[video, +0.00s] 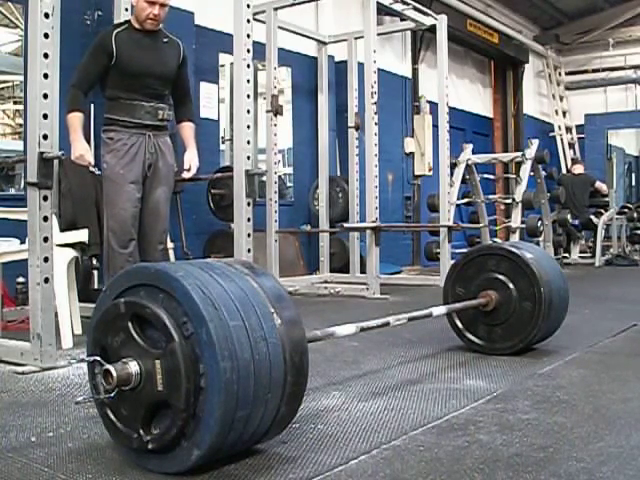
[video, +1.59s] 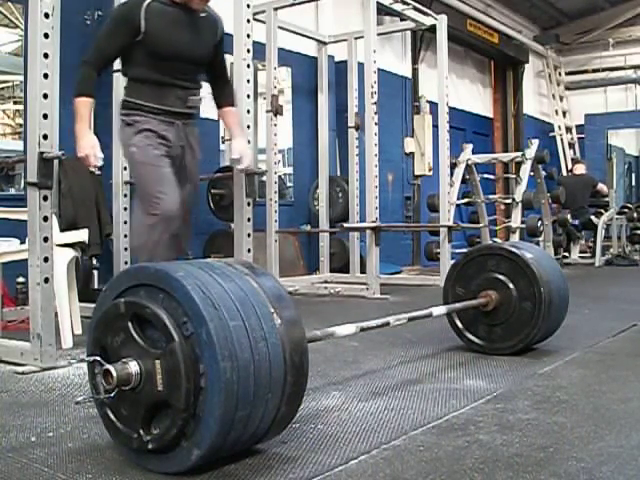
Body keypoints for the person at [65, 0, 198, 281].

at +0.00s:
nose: (156, 11)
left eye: (162, 6)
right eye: (149, 4)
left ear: (167, 9)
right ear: (134, 3)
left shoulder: (175, 48)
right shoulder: (112, 39)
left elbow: (183, 103)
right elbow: (77, 91)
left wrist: (191, 148)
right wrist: (77, 141)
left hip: (162, 143)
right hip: (122, 141)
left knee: (157, 232)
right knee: (122, 230)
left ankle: (159, 305)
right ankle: (121, 306)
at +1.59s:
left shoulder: (211, 23)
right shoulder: (136, 11)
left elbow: (220, 80)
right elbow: (90, 67)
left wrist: (238, 136)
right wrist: (83, 133)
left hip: (186, 128)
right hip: (143, 123)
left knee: (181, 217)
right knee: (166, 207)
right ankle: (144, 294)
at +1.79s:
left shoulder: (238, 17)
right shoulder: (160, 8)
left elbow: (249, 80)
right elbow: (111, 66)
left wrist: (273, 136)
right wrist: (107, 135)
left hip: (218, 127)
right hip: (174, 124)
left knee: (197, 228)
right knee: (209, 220)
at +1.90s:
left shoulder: (253, 10)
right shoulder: (178, 4)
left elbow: (260, 76)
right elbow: (129, 61)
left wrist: (281, 134)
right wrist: (132, 137)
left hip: (237, 125)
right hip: (189, 120)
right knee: (221, 231)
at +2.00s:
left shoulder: (268, 5)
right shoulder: (193, 3)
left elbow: (271, 67)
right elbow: (147, 51)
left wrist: (284, 130)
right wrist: (156, 123)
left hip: (255, 117)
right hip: (205, 115)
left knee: (296, 214)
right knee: (227, 239)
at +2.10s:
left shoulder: (283, 4)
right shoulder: (206, 2)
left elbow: (279, 53)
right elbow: (160, 44)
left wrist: (290, 115)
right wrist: (178, 112)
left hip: (277, 115)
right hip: (225, 112)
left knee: (323, 207)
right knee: (234, 231)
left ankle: (333, 328)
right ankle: (235, 348)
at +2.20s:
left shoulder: (300, 4)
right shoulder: (224, 2)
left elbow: (294, 59)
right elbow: (173, 44)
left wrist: (305, 123)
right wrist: (192, 112)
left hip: (292, 118)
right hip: (241, 114)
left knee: (338, 228)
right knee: (248, 235)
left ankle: (394, 347)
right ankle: (233, 360)